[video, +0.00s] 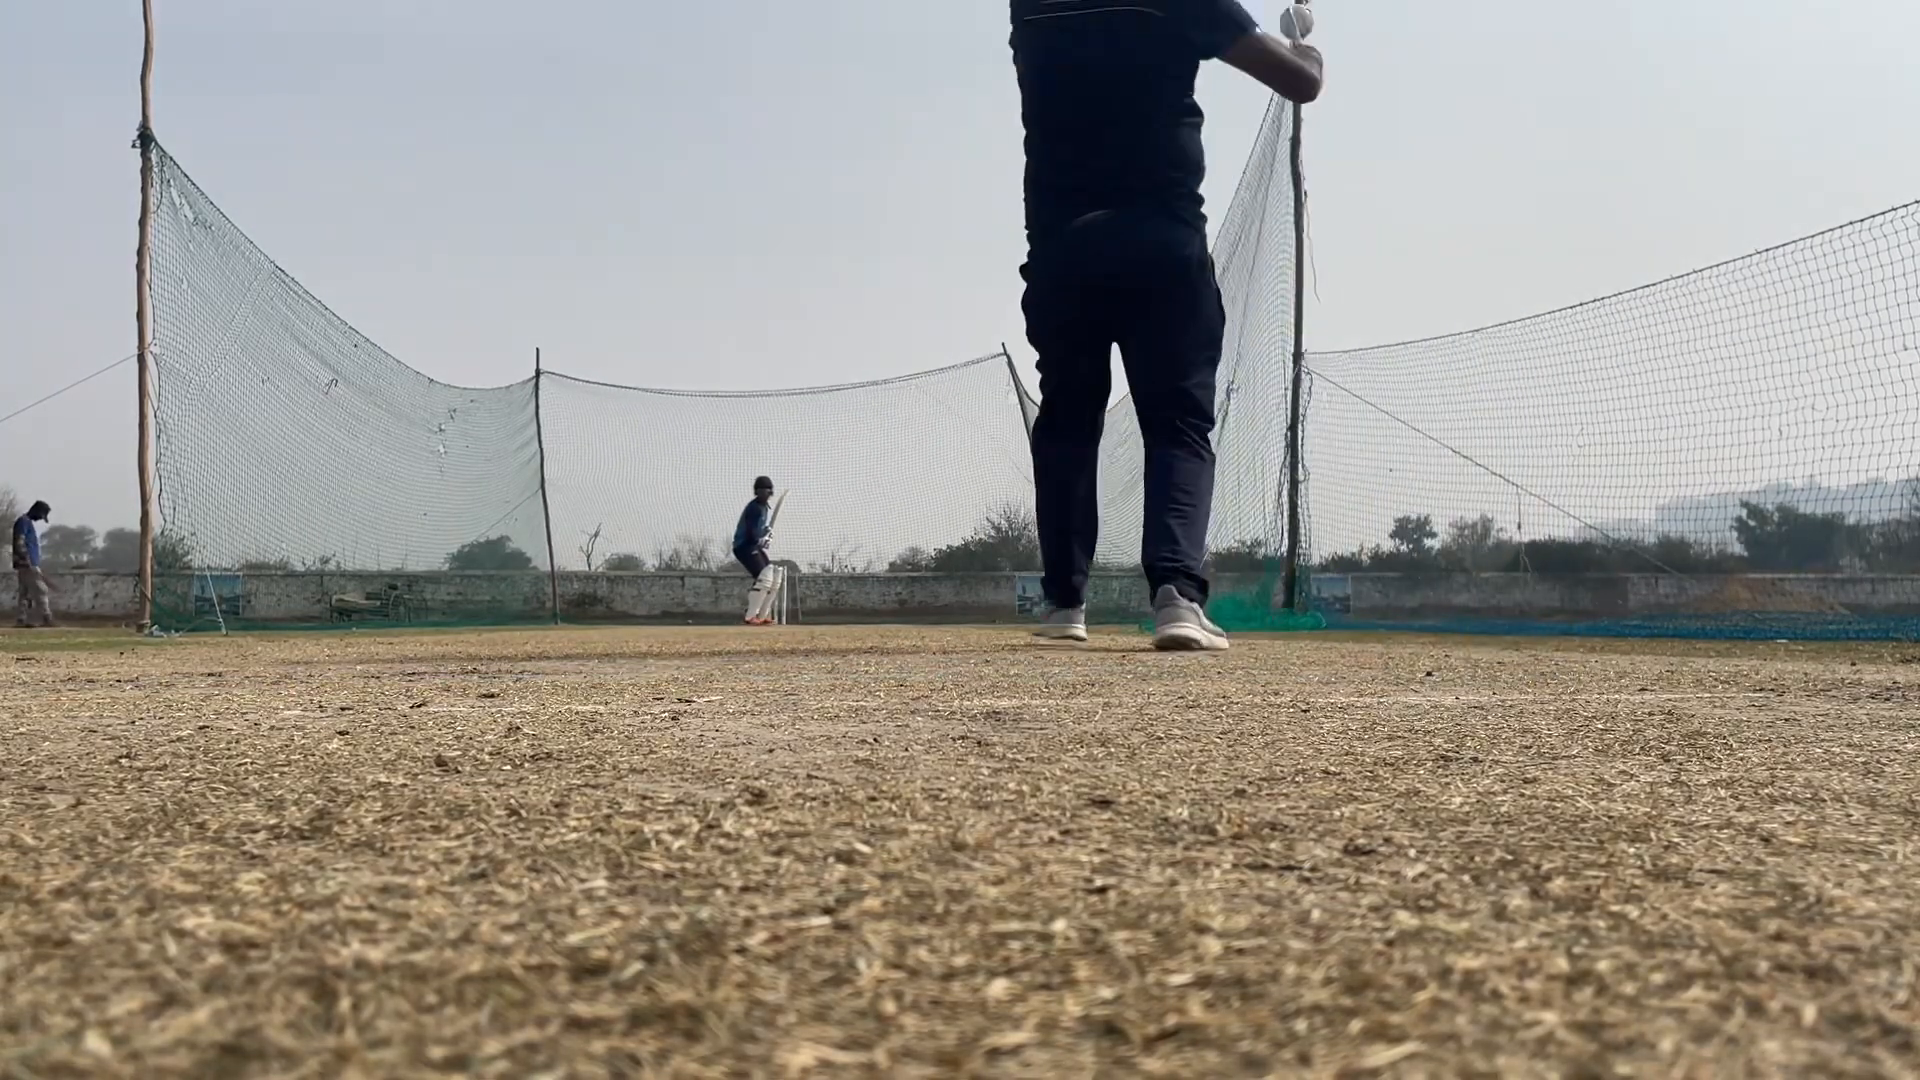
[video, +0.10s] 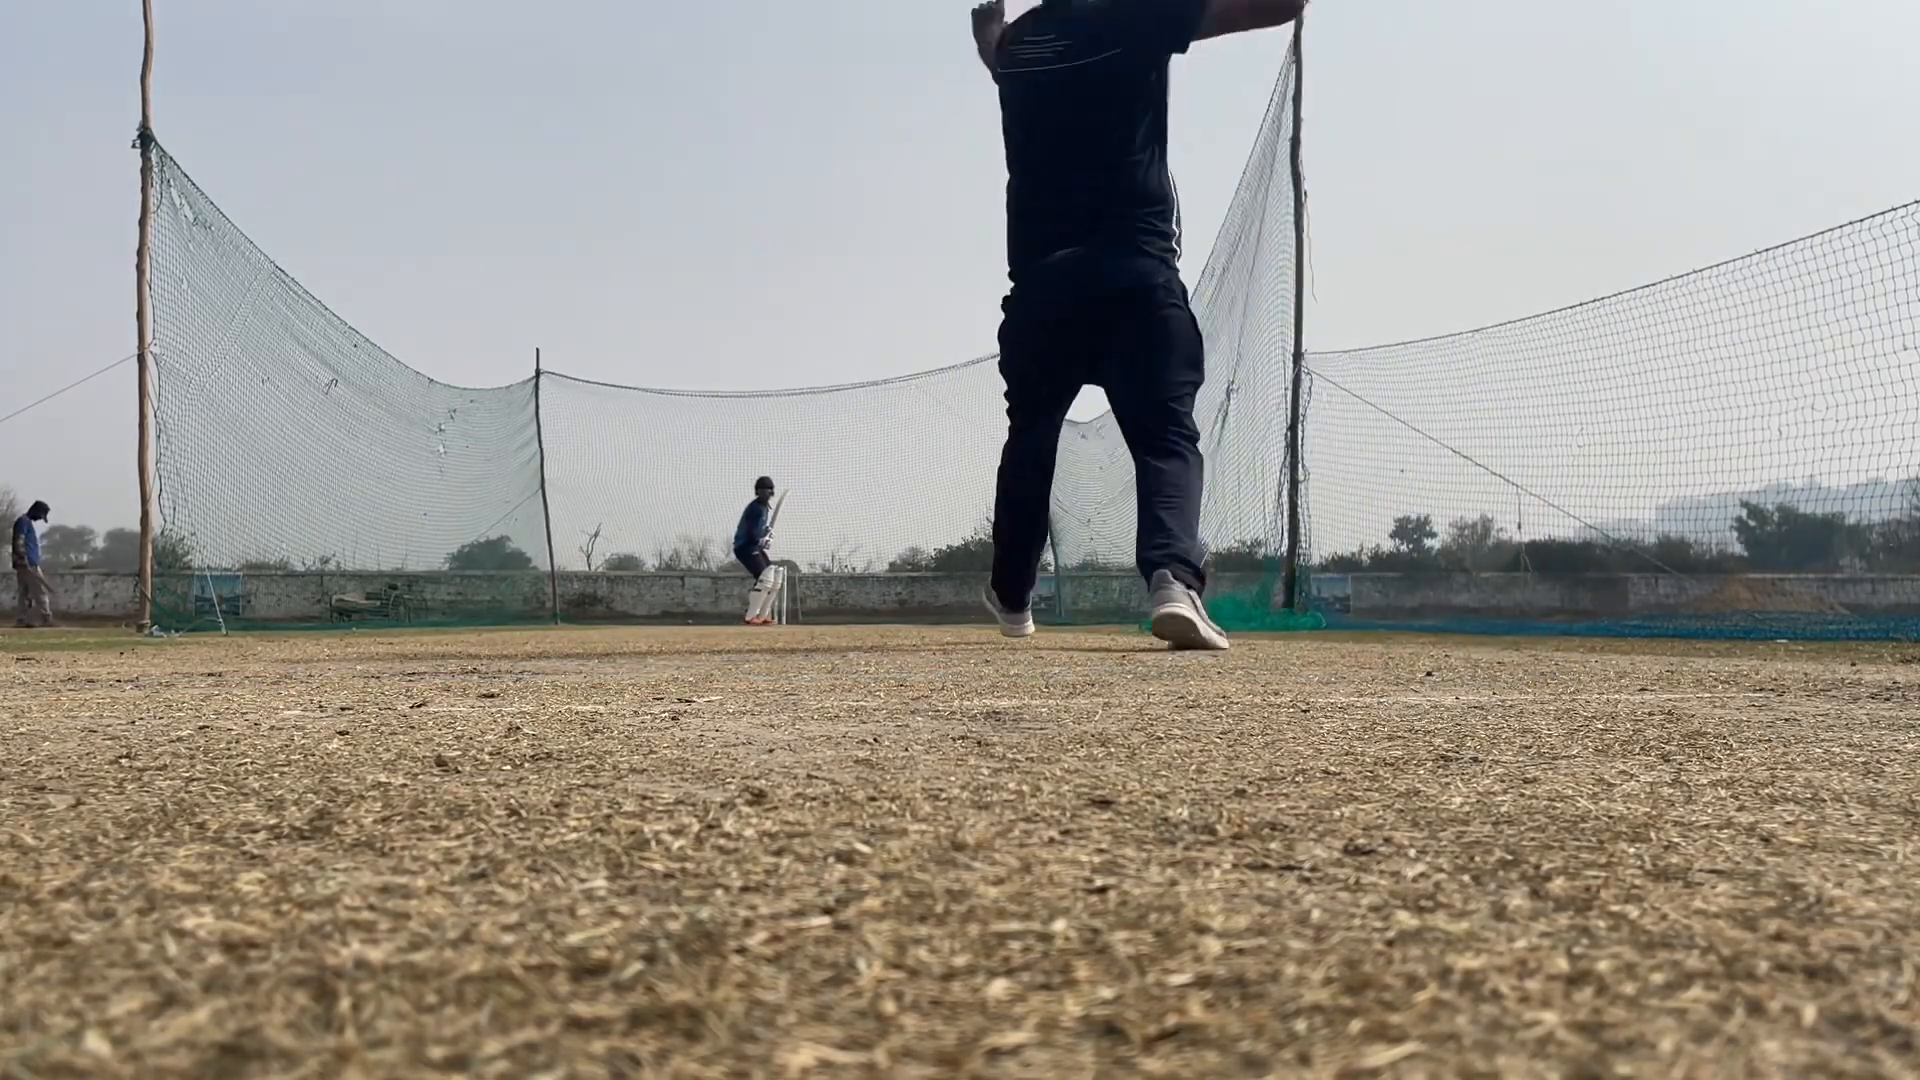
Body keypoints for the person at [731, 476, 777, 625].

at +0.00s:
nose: (768, 493)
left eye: (770, 490)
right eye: (764, 490)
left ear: (771, 491)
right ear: (757, 491)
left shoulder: (764, 508)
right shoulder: (754, 507)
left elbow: (763, 528)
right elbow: (753, 532)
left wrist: (766, 538)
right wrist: (763, 536)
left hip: (755, 545)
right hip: (744, 546)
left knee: (774, 576)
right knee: (764, 576)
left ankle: (762, 616)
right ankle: (751, 615)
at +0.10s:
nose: (769, 493)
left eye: (771, 490)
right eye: (766, 490)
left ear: (772, 491)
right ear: (758, 491)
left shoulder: (765, 508)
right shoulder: (755, 508)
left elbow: (765, 527)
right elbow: (751, 533)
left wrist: (767, 536)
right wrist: (761, 541)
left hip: (755, 546)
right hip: (744, 546)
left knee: (774, 575)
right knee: (765, 576)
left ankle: (763, 616)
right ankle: (751, 616)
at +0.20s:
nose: (771, 493)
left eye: (772, 490)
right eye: (767, 490)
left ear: (773, 491)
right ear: (759, 491)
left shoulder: (766, 508)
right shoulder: (757, 507)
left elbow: (766, 528)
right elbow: (753, 532)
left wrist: (768, 537)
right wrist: (762, 540)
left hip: (756, 546)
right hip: (745, 546)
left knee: (774, 576)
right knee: (765, 576)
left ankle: (763, 616)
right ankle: (751, 616)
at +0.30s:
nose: (773, 494)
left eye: (775, 491)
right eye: (770, 491)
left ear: (776, 493)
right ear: (762, 492)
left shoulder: (770, 509)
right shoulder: (757, 508)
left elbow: (769, 527)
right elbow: (754, 532)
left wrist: (770, 538)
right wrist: (763, 541)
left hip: (757, 546)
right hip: (746, 546)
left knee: (774, 576)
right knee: (765, 577)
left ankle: (763, 615)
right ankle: (751, 615)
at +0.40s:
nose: (778, 497)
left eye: (779, 493)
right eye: (774, 493)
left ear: (779, 495)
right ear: (765, 494)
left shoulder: (772, 511)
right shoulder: (759, 510)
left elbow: (771, 528)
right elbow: (756, 533)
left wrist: (772, 538)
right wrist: (765, 543)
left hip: (759, 546)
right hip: (747, 546)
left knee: (775, 576)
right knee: (765, 577)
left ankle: (763, 616)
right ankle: (751, 615)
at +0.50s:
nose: (781, 500)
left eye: (783, 496)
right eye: (778, 496)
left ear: (782, 498)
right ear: (769, 497)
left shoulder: (773, 513)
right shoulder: (762, 513)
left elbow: (772, 529)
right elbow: (762, 538)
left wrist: (777, 535)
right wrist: (772, 543)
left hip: (760, 547)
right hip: (747, 547)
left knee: (777, 577)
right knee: (766, 575)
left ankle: (763, 615)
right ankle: (751, 615)